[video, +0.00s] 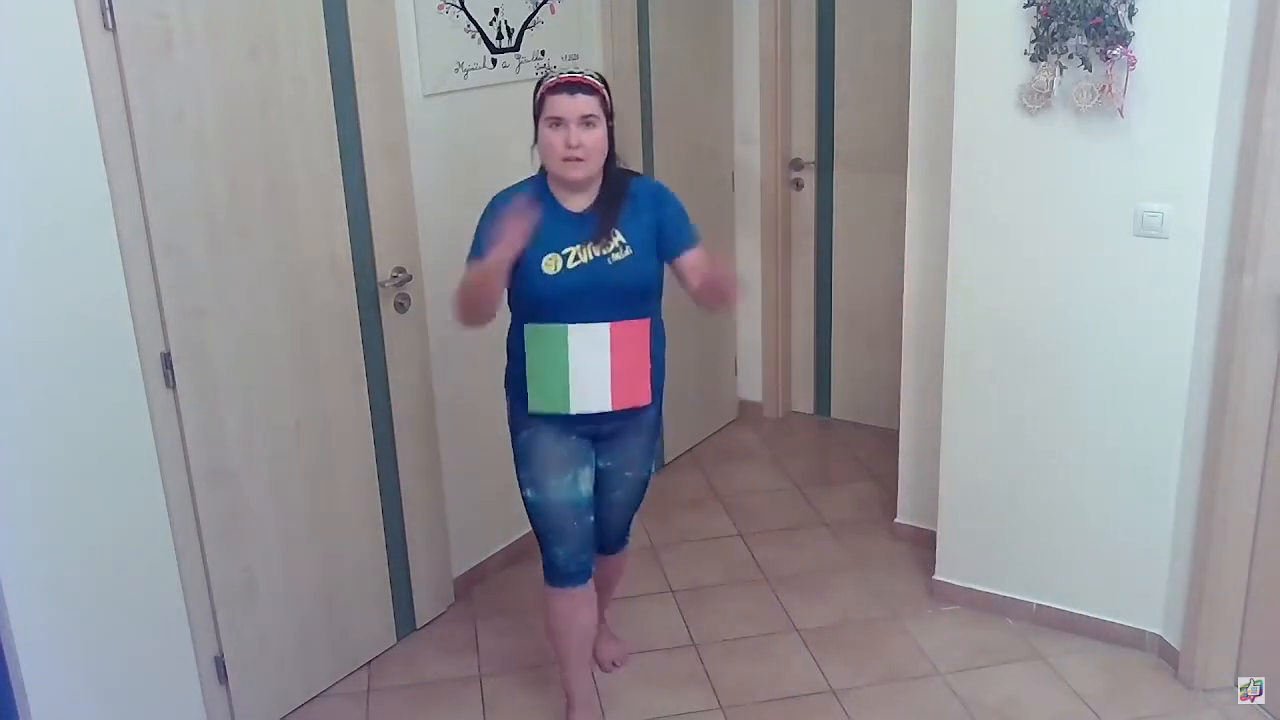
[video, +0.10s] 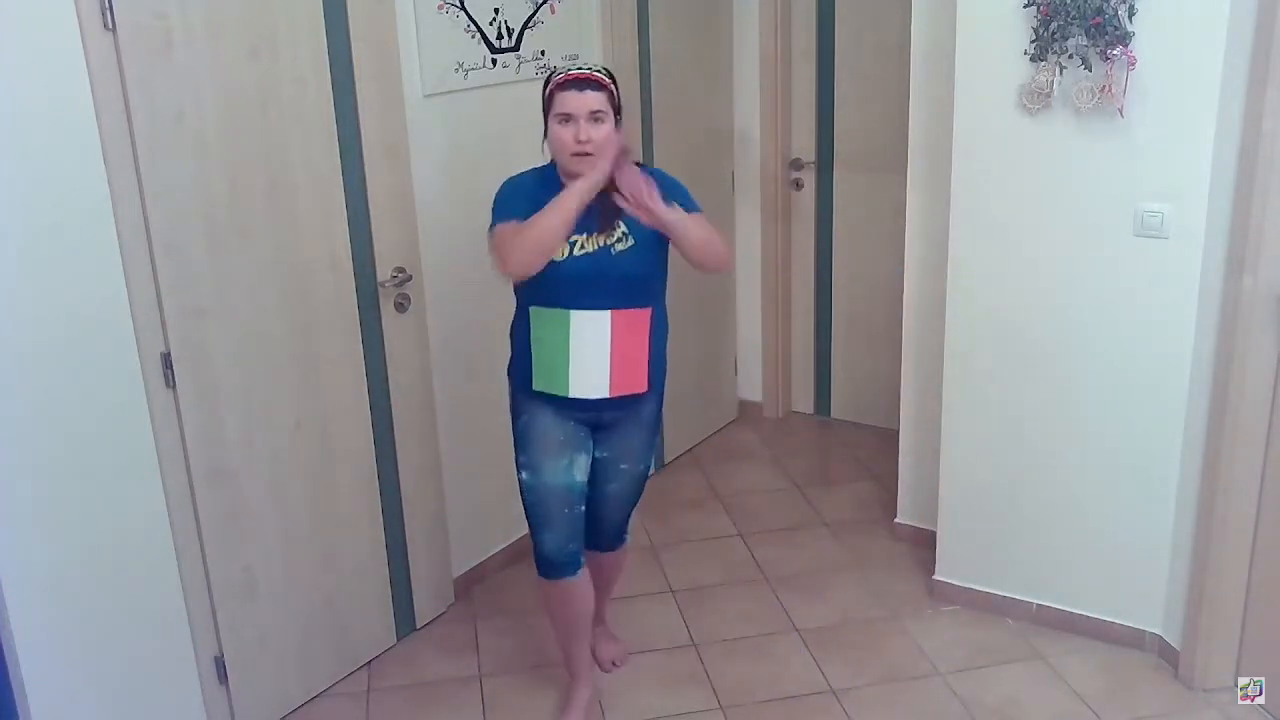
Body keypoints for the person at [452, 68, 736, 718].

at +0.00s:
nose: (574, 138)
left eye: (588, 123)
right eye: (557, 124)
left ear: (609, 133)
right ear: (536, 135)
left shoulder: (649, 201)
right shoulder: (513, 208)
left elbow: (711, 293)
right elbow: (471, 312)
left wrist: (716, 283)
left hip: (632, 409)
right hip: (546, 413)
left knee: (612, 538)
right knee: (568, 561)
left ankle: (601, 618)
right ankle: (580, 702)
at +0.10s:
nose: (582, 134)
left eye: (596, 119)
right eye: (566, 120)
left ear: (620, 128)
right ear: (547, 131)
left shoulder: (655, 186)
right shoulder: (523, 191)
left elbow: (717, 258)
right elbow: (514, 262)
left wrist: (659, 213)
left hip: (633, 394)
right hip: (546, 395)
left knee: (608, 535)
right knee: (556, 548)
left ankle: (600, 618)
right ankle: (579, 678)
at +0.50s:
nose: (611, 117)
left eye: (625, 105)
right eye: (596, 106)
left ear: (647, 114)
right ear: (577, 116)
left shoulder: (676, 173)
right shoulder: (552, 177)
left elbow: (715, 229)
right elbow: (536, 227)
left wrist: (634, 171)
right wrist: (606, 163)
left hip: (658, 382)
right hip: (575, 383)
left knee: (621, 521)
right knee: (625, 532)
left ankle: (598, 616)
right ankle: (635, 670)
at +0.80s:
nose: (661, 125)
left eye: (675, 114)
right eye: (645, 116)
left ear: (699, 127)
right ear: (626, 130)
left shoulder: (726, 188)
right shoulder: (603, 196)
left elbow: (756, 246)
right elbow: (575, 249)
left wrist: (674, 188)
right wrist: (645, 183)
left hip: (719, 401)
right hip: (638, 407)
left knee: (701, 540)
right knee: (698, 553)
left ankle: (618, 601)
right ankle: (709, 681)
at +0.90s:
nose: (678, 116)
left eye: (692, 105)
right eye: (662, 106)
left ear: (716, 120)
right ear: (642, 122)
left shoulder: (745, 179)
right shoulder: (621, 187)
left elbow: (779, 230)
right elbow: (594, 237)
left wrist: (695, 174)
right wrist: (664, 171)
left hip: (735, 397)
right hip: (651, 404)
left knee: (746, 542)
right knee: (699, 553)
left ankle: (681, 577)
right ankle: (709, 679)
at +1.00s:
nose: (707, 104)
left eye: (720, 93)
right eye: (690, 93)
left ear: (740, 106)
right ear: (667, 108)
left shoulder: (770, 166)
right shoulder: (641, 175)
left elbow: (812, 211)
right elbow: (623, 221)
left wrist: (729, 154)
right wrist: (701, 153)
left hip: (763, 393)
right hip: (672, 400)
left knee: (787, 541)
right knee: (703, 549)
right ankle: (710, 676)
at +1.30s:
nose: (786, 114)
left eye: (802, 102)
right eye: (771, 100)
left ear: (823, 117)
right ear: (744, 113)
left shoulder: (857, 179)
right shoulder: (720, 182)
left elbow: (915, 218)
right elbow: (709, 229)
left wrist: (814, 160)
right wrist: (796, 157)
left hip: (848, 418)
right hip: (752, 417)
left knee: (840, 584)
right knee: (743, 571)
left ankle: (846, 705)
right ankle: (739, 681)